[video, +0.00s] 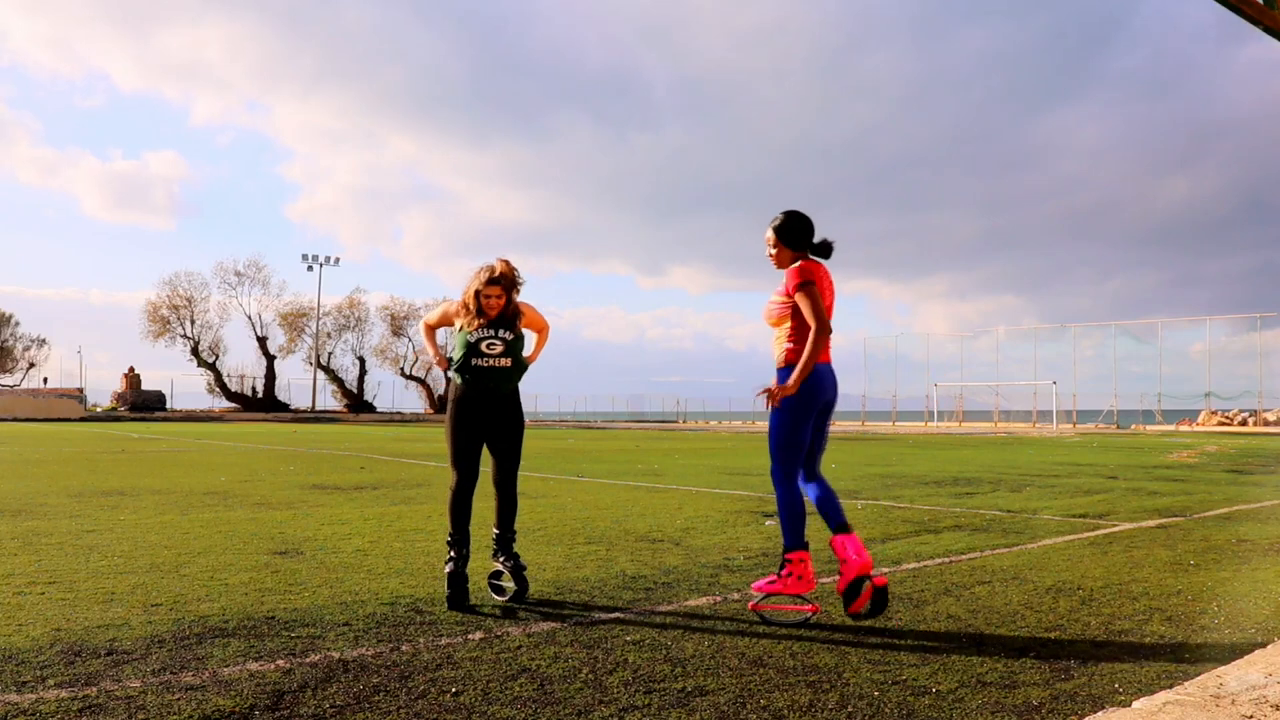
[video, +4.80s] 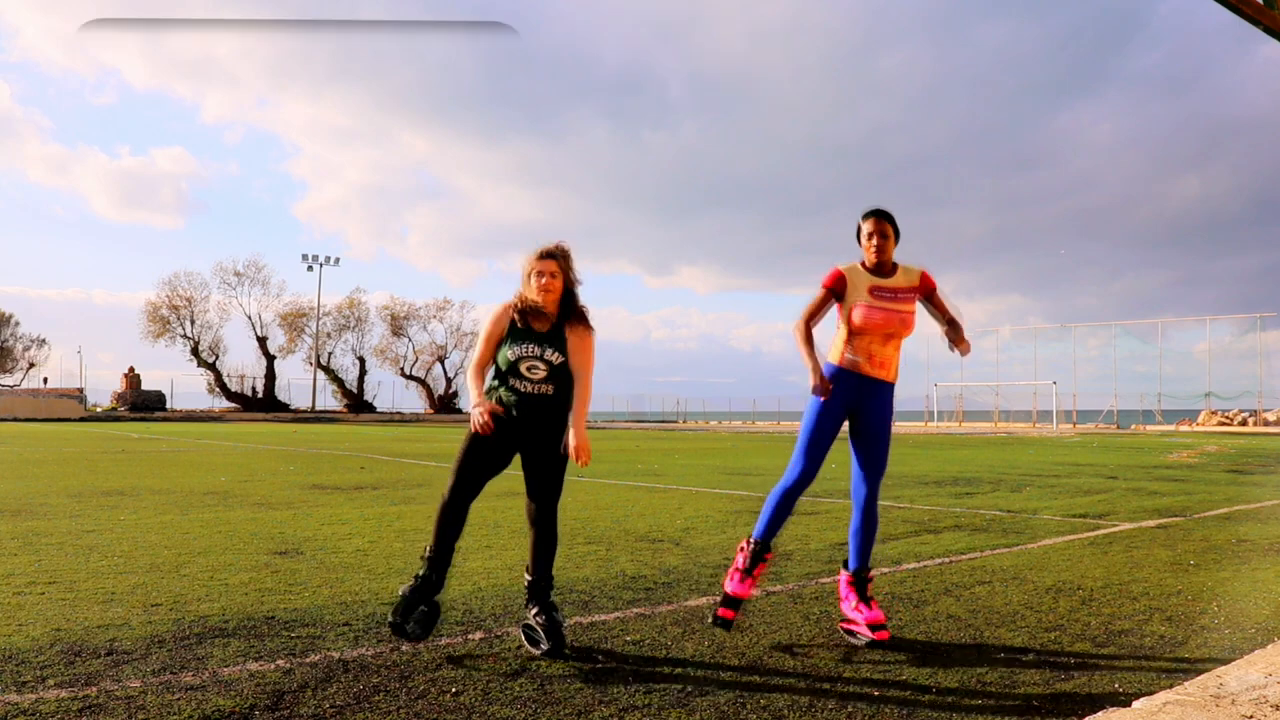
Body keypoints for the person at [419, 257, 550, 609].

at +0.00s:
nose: (493, 303)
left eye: (500, 297)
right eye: (488, 296)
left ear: (509, 295)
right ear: (476, 293)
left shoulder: (519, 313)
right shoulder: (457, 311)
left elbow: (543, 328)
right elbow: (426, 324)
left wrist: (530, 358)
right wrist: (435, 355)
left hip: (506, 402)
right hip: (465, 402)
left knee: (506, 482)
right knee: (464, 480)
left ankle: (504, 550)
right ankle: (457, 553)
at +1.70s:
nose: (504, 292)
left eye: (509, 286)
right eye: (497, 285)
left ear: (516, 288)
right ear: (484, 286)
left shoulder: (527, 321)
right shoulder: (463, 318)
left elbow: (545, 365)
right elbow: (436, 364)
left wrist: (563, 400)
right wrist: (436, 392)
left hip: (516, 414)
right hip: (473, 415)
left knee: (523, 489)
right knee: (473, 492)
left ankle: (526, 565)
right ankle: (472, 564)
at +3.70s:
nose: (530, 274)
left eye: (536, 268)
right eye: (522, 267)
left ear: (544, 272)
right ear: (506, 269)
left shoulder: (559, 315)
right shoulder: (481, 312)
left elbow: (577, 369)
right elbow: (461, 367)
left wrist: (593, 414)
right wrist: (455, 411)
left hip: (547, 425)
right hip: (496, 425)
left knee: (547, 512)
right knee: (498, 512)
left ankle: (548, 596)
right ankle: (495, 601)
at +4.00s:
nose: (555, 250)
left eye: (565, 246)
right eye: (549, 242)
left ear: (576, 254)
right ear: (537, 245)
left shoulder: (584, 297)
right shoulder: (511, 281)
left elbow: (609, 342)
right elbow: (477, 330)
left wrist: (612, 356)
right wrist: (451, 378)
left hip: (545, 402)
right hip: (495, 397)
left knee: (546, 493)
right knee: (487, 485)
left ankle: (548, 592)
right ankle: (475, 587)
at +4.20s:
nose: (562, 279)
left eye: (571, 272)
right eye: (556, 270)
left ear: (584, 279)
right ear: (544, 273)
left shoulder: (592, 325)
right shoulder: (522, 308)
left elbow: (616, 383)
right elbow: (483, 353)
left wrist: (621, 355)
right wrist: (446, 398)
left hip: (556, 425)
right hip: (505, 414)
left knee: (551, 514)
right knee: (464, 493)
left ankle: (540, 608)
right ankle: (413, 586)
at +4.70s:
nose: (564, 283)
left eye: (571, 277)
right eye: (557, 276)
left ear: (582, 284)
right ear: (545, 282)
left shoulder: (591, 333)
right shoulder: (521, 316)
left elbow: (607, 386)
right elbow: (482, 364)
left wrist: (622, 393)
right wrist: (445, 410)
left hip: (551, 429)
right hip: (502, 418)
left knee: (545, 515)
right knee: (449, 491)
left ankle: (539, 605)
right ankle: (390, 572)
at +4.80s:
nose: (544, 282)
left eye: (553, 276)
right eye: (538, 274)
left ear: (566, 283)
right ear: (527, 280)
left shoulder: (577, 329)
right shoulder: (506, 316)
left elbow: (582, 380)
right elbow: (476, 366)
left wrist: (578, 426)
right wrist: (477, 401)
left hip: (548, 430)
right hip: (498, 422)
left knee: (543, 516)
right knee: (455, 498)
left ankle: (539, 606)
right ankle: (428, 586)